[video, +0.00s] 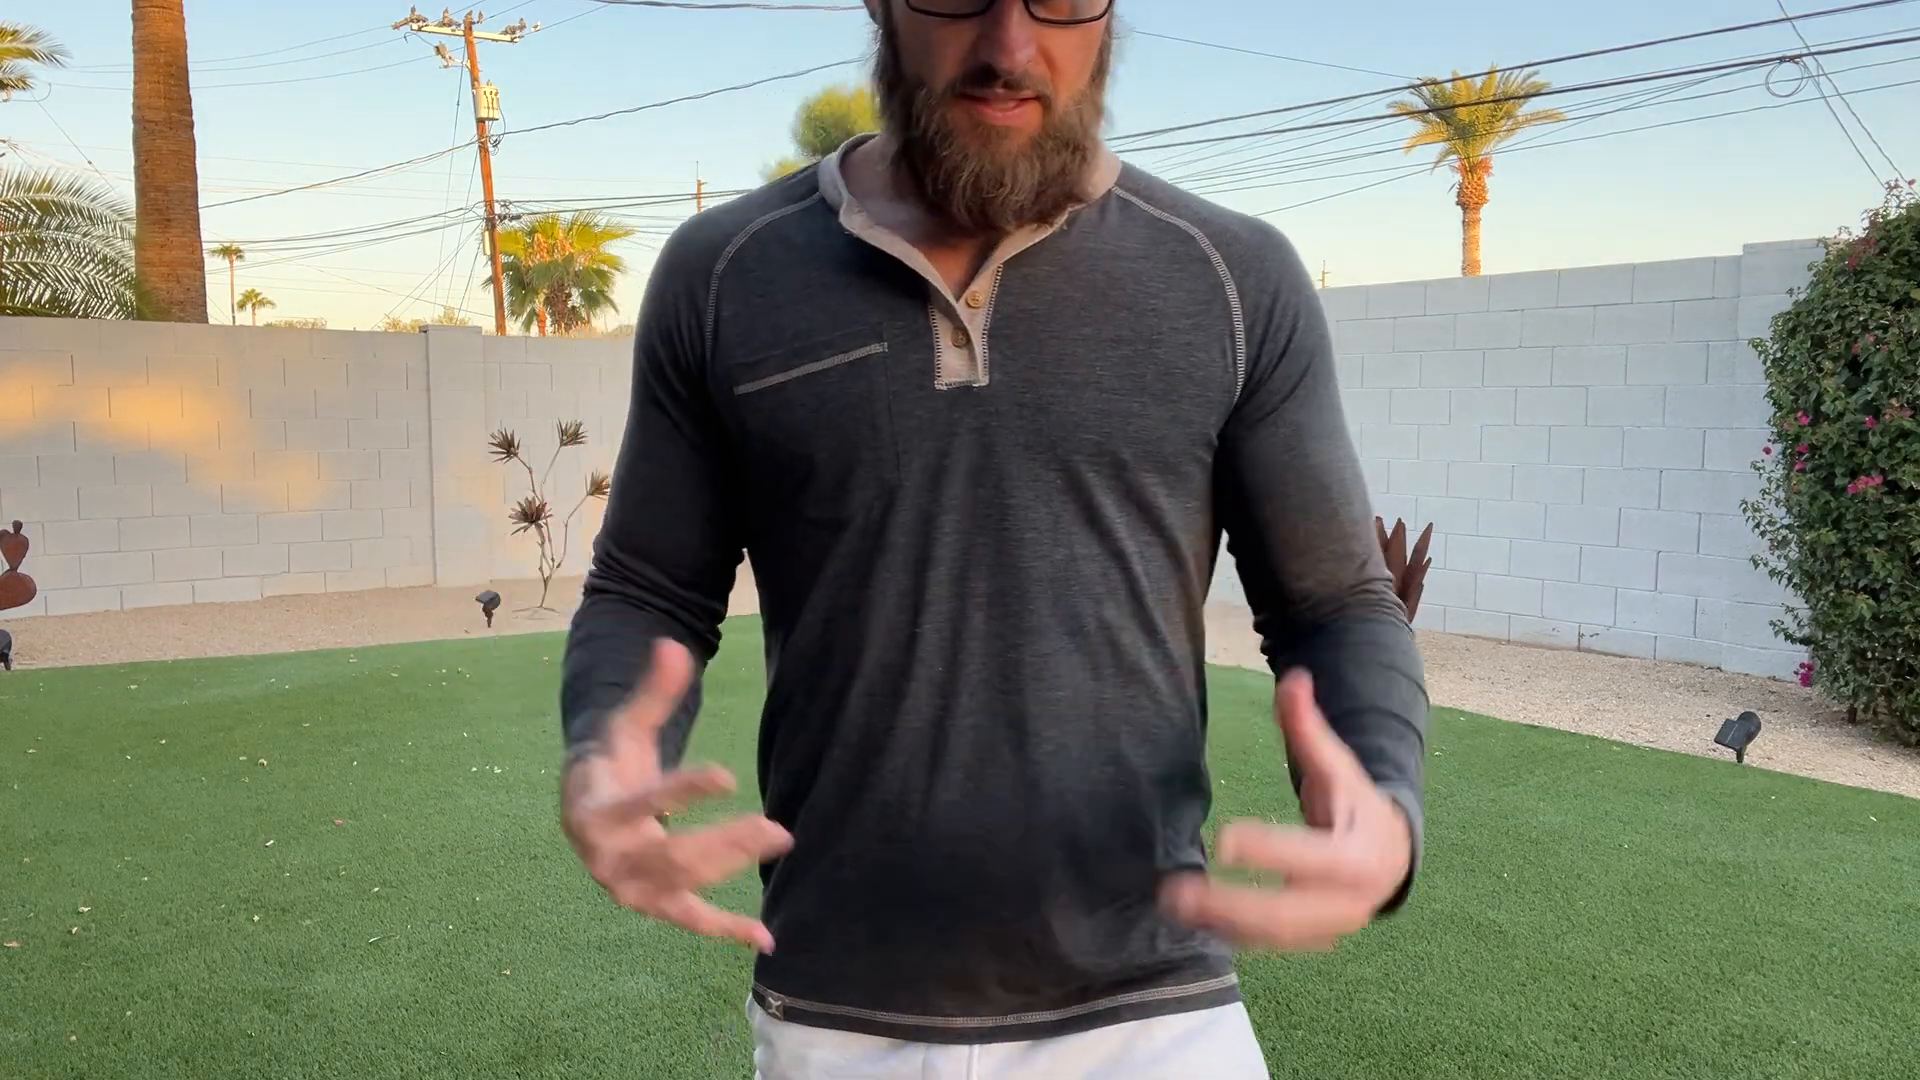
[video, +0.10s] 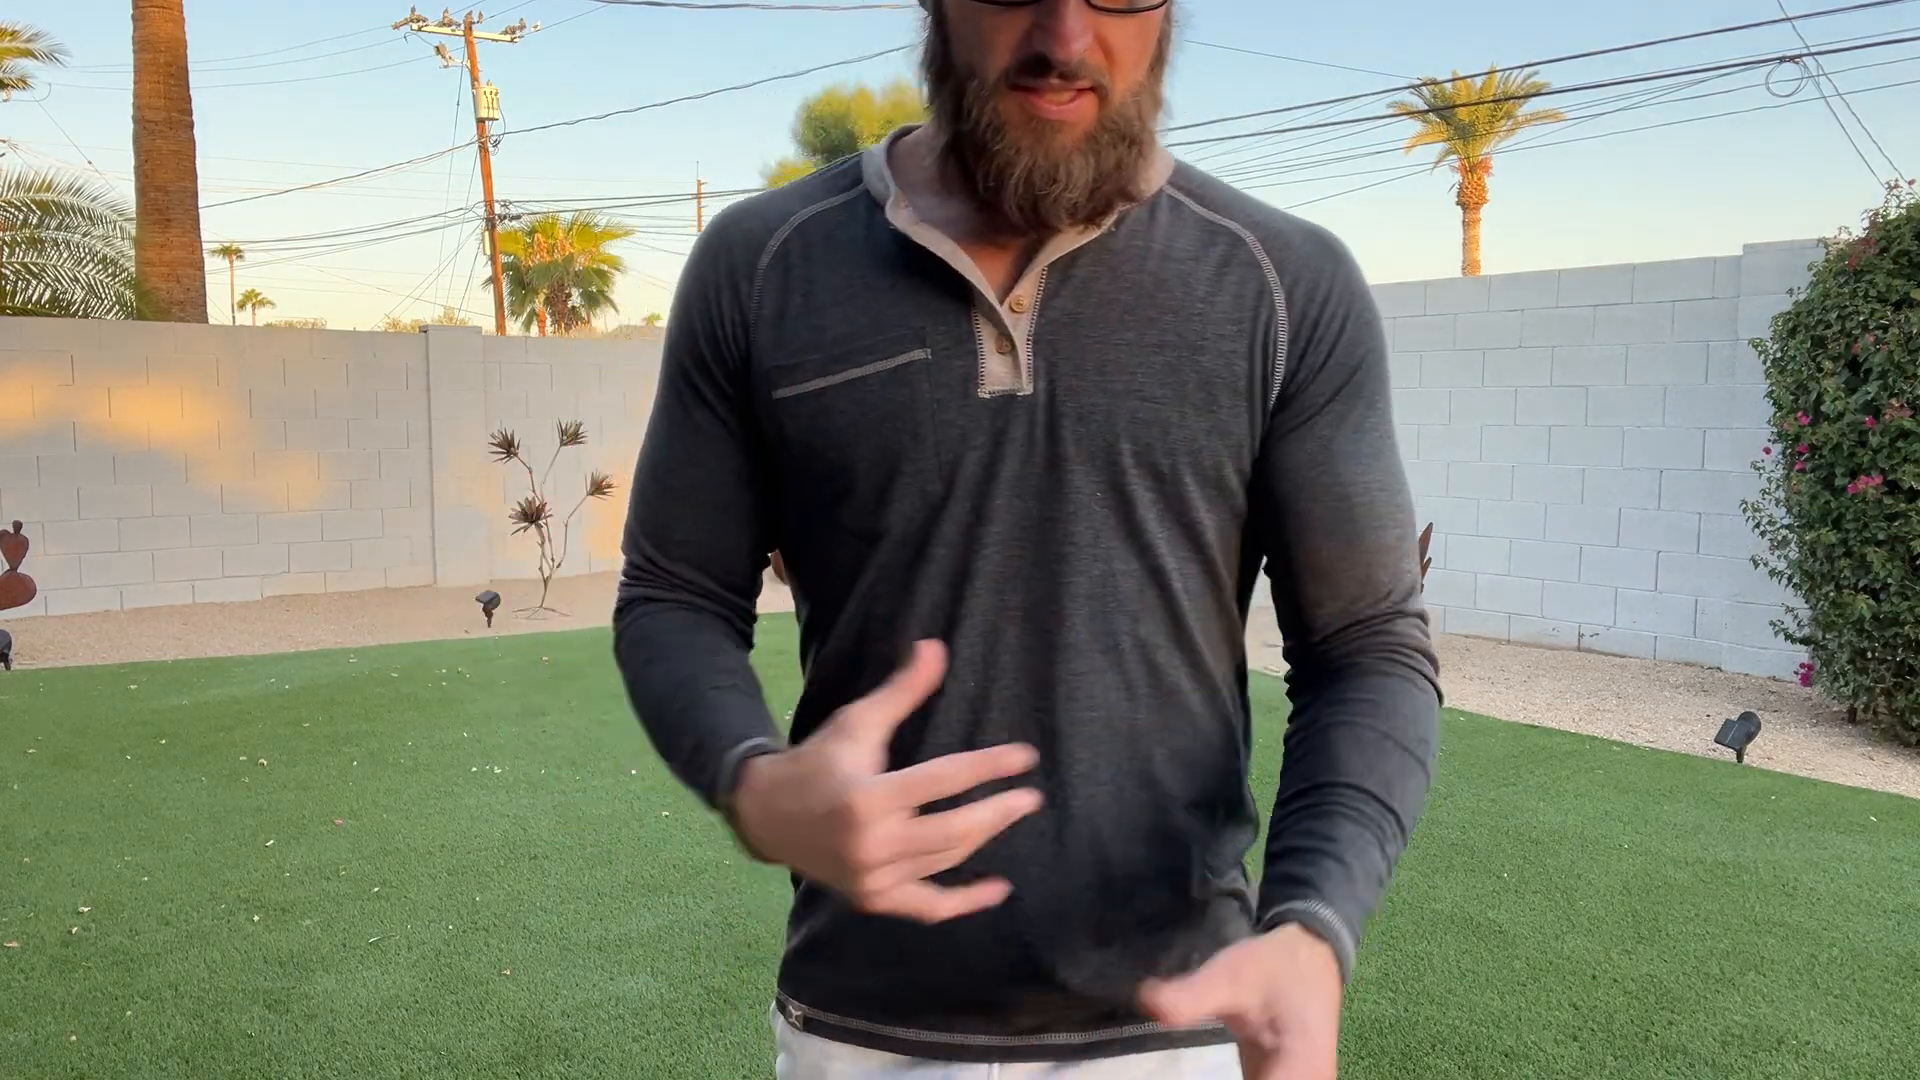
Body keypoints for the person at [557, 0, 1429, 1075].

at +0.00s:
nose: (1009, 46)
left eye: (1058, 4)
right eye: (958, 1)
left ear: (1107, 26)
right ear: (889, 13)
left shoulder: (1238, 278)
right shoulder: (723, 277)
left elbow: (1338, 603)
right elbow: (646, 587)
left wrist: (1378, 806)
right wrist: (614, 752)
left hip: (1154, 1004)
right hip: (842, 1013)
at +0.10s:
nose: (1064, 42)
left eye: (1109, 3)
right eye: (1019, 1)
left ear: (1168, 24)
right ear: (942, 14)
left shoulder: (1289, 286)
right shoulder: (760, 269)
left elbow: (1369, 647)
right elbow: (678, 592)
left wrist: (1311, 927)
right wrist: (752, 789)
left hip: (1177, 1030)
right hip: (870, 1033)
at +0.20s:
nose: (1119, 20)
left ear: (1228, 12)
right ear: (996, 1)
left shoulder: (1348, 288)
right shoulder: (804, 248)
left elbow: (1375, 681)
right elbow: (716, 605)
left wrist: (1249, 1014)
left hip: (1211, 1034)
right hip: (893, 1037)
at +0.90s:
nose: (1173, 9)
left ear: (1293, 7)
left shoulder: (1416, 299)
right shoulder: (858, 237)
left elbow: (1460, 739)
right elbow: (748, 599)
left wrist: (1359, 1056)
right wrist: (1035, 707)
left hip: (1251, 1034)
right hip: (906, 1033)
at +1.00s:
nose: (1133, 7)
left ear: (1243, 15)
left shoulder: (1365, 284)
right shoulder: (827, 253)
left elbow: (1553, 681)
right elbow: (714, 589)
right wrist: (889, 666)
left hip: (1204, 1026)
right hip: (879, 1020)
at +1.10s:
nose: (1076, 1)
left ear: (1195, 5)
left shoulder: (1317, 263)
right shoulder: (802, 260)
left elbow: (1617, 582)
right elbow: (666, 583)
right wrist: (720, 609)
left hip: (1177, 1025)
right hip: (858, 1021)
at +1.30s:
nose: (1002, 38)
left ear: (1108, 23)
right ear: (886, 17)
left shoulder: (1230, 263)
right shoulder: (766, 286)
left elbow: (1499, 483)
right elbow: (688, 586)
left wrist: (1088, 550)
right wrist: (553, 619)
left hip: (1140, 1031)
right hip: (828, 1021)